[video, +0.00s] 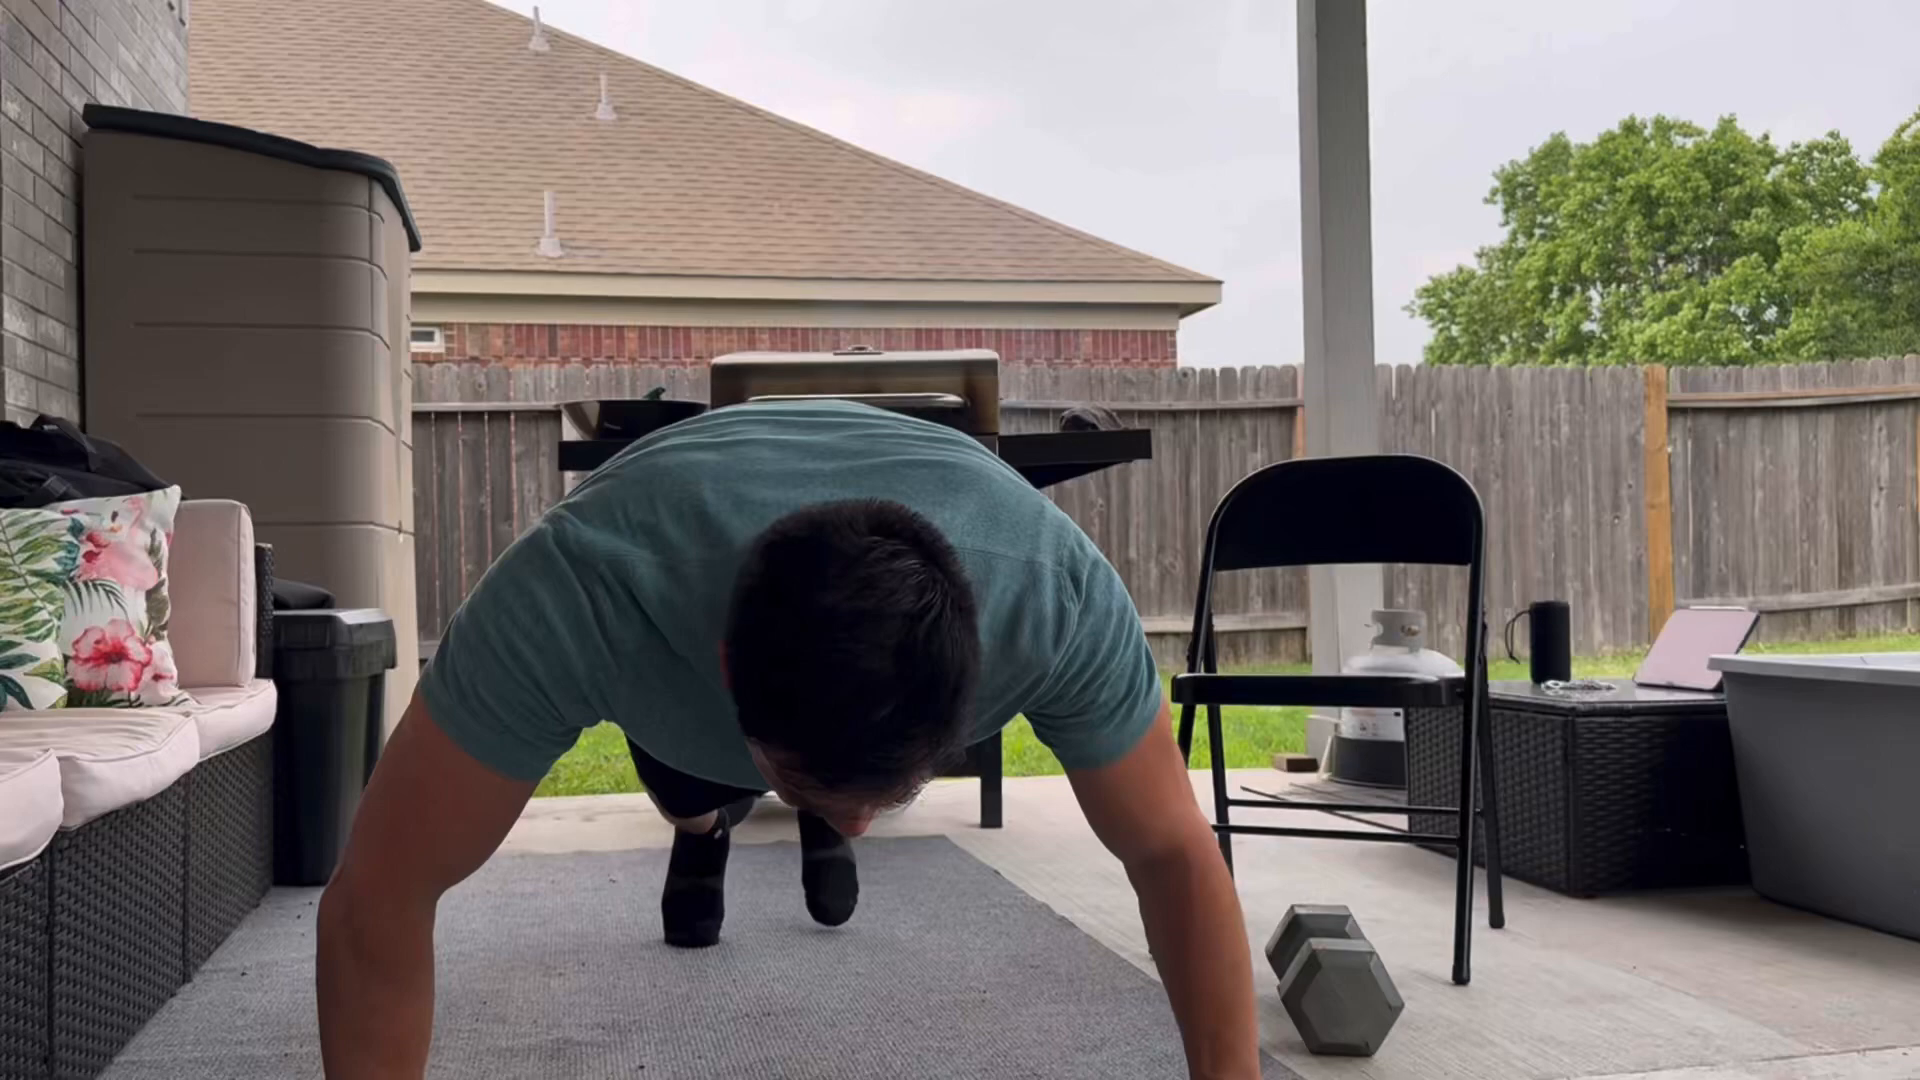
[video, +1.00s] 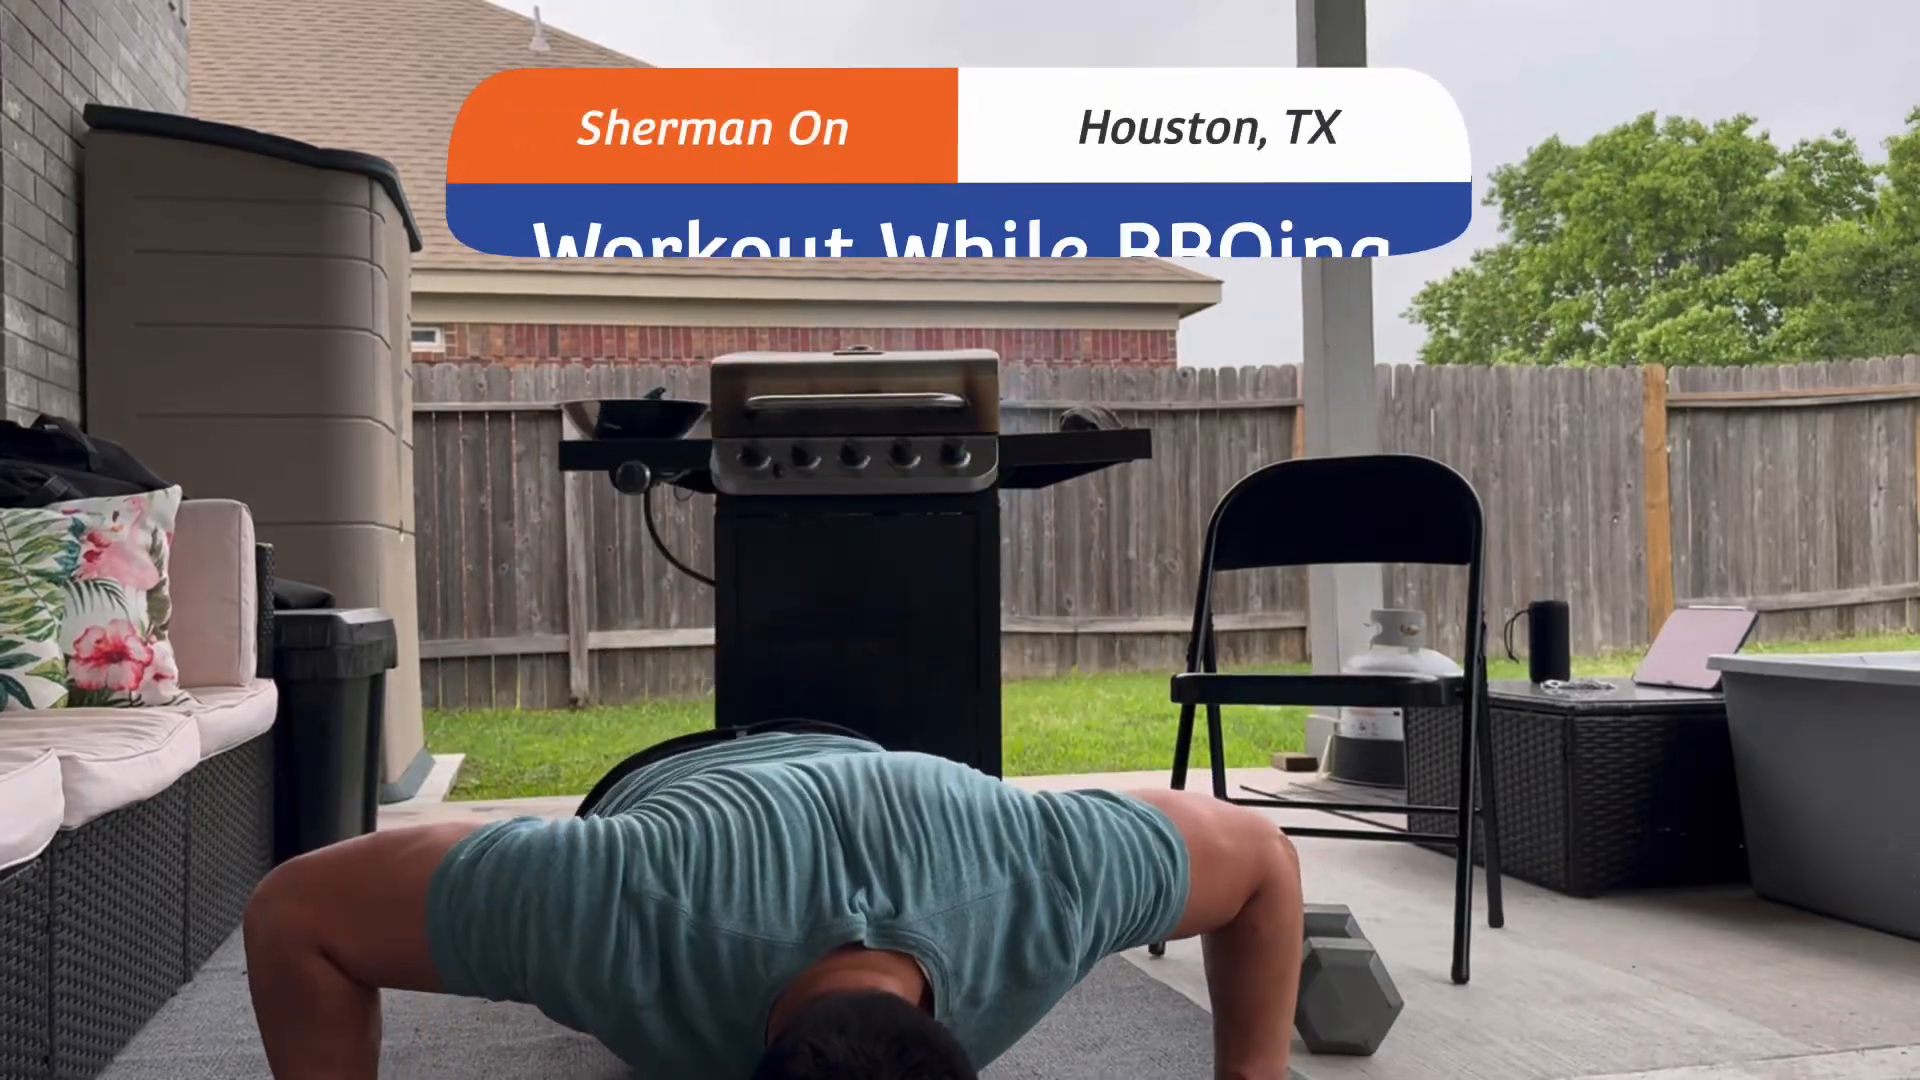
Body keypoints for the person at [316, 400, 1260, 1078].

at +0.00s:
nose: (846, 824)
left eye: (889, 800)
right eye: (818, 793)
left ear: (967, 694)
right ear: (736, 683)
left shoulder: (1061, 602)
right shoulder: (574, 593)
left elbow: (1176, 862)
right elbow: (374, 905)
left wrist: (1231, 1070)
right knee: (693, 785)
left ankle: (828, 838)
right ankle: (702, 840)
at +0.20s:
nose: (846, 743)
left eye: (888, 716)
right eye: (806, 707)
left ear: (956, 630)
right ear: (734, 614)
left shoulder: (1056, 570)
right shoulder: (586, 551)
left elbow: (1160, 852)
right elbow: (445, 885)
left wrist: (1225, 1075)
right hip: (709, 690)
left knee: (842, 779)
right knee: (701, 789)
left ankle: (818, 831)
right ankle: (699, 843)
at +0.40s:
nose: (833, 760)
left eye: (874, 741)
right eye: (795, 723)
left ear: (950, 645)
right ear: (731, 616)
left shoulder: (1053, 586)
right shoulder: (577, 574)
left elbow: (1182, 860)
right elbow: (383, 904)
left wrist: (1233, 1072)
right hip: (658, 709)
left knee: (782, 796)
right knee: (682, 792)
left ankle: (766, 832)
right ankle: (691, 833)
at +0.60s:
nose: (839, 1057)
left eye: (889, 1042)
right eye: (809, 1033)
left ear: (980, 874)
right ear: (744, 886)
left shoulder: (1064, 755)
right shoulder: (594, 760)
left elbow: (1248, 869)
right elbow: (302, 915)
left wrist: (1252, 1073)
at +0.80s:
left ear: (951, 1016)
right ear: (761, 1022)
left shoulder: (1056, 860)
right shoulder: (606, 893)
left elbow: (1259, 866)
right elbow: (291, 923)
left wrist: (1261, 1065)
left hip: (901, 760)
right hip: (658, 780)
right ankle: (436, 806)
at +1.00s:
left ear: (945, 1031)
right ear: (767, 1036)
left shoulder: (1052, 882)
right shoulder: (620, 924)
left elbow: (1263, 865)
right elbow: (293, 923)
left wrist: (1256, 1066)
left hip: (895, 773)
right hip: (652, 799)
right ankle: (451, 816)